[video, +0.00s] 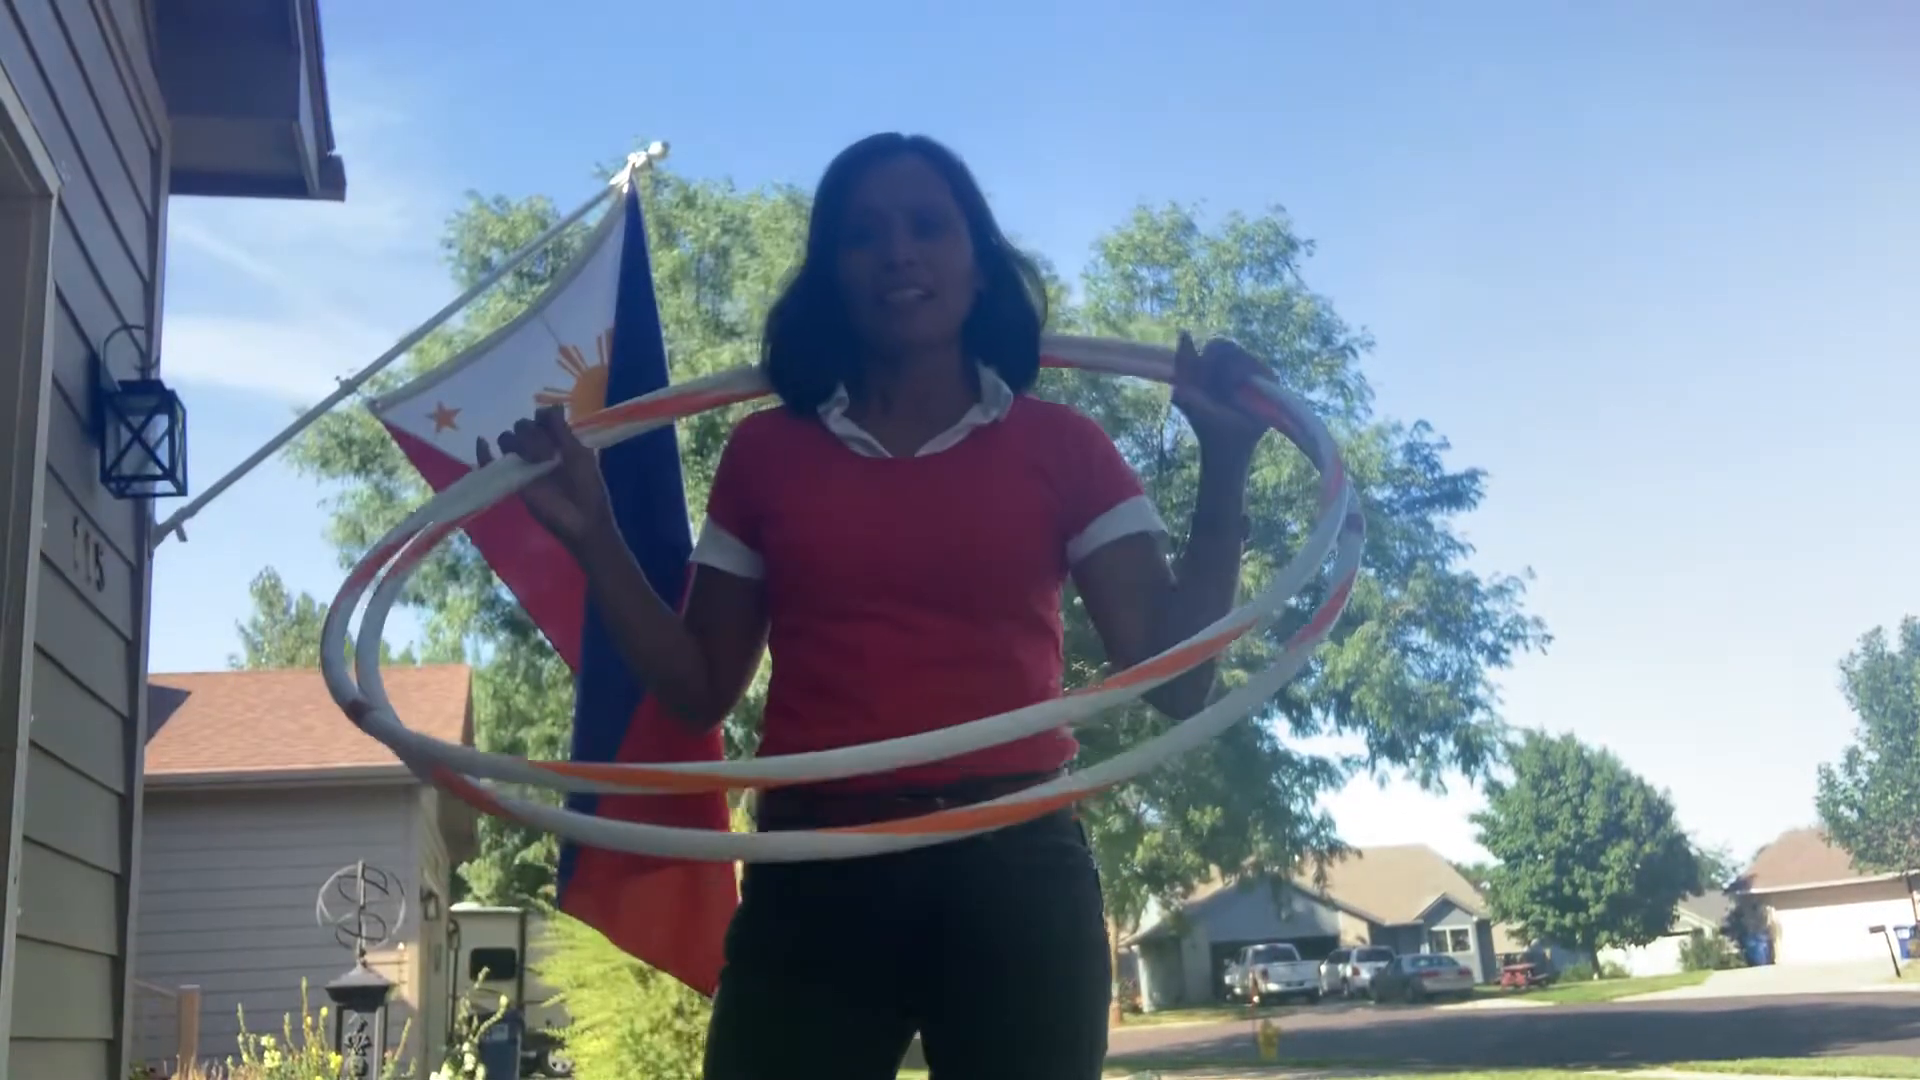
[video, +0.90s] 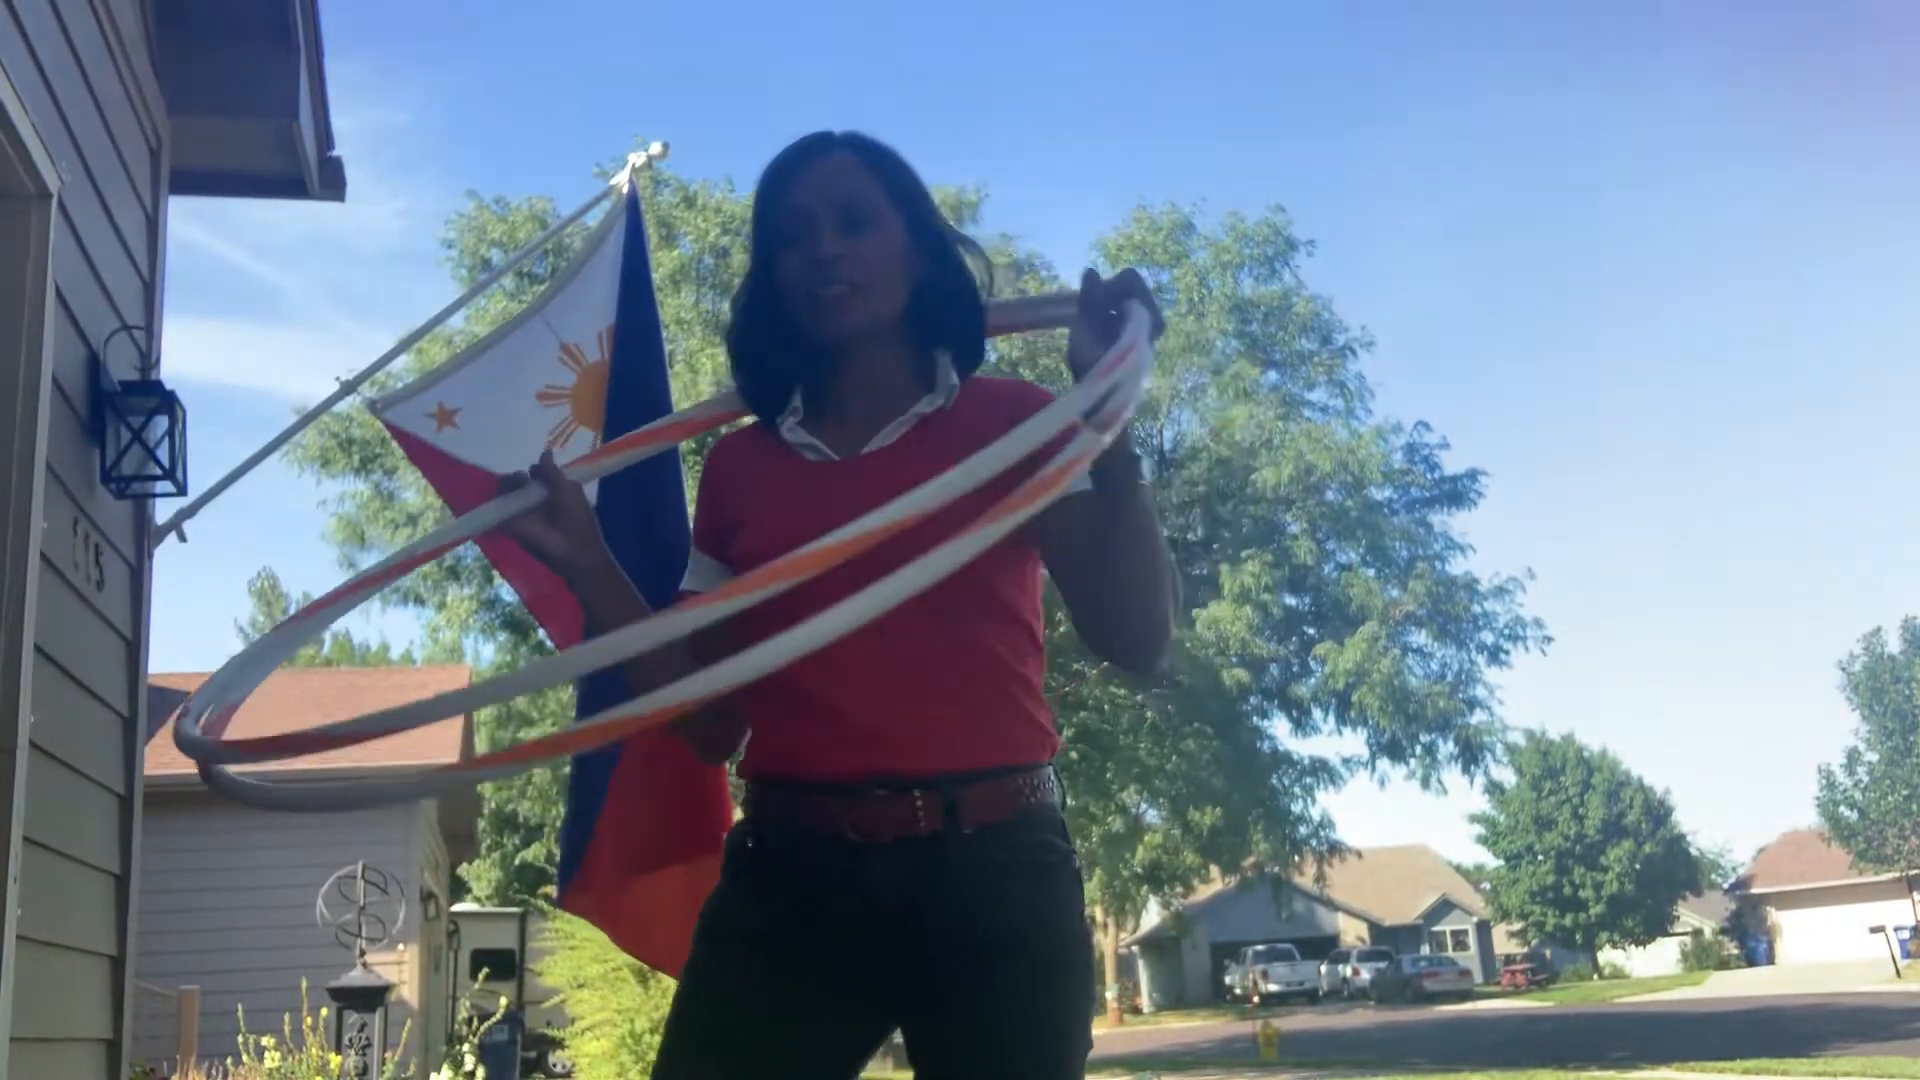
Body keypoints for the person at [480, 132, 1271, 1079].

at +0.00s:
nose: (897, 257)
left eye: (927, 228)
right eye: (864, 236)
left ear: (978, 257)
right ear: (830, 273)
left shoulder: (1057, 444)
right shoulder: (770, 452)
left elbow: (1166, 667)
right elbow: (698, 689)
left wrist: (1226, 460)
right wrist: (591, 532)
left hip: (1014, 865)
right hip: (816, 872)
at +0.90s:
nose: (823, 248)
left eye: (855, 219)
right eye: (793, 230)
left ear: (920, 250)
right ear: (767, 278)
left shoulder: (1011, 419)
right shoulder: (742, 468)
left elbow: (1138, 645)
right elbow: (710, 723)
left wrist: (1111, 420)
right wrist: (584, 556)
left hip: (994, 862)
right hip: (794, 866)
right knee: (697, 1072)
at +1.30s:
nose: (657, 247)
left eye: (689, 217)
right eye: (625, 227)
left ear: (759, 249)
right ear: (597, 283)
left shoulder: (844, 397)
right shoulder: (617, 483)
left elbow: (867, 601)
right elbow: (604, 738)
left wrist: (756, 358)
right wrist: (463, 591)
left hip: (877, 857)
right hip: (682, 878)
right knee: (601, 1068)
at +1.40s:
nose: (667, 251)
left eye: (698, 220)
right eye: (641, 238)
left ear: (774, 240)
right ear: (624, 285)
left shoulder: (870, 407)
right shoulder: (634, 483)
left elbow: (881, 612)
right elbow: (605, 748)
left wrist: (809, 359)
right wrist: (470, 591)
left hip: (886, 867)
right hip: (687, 884)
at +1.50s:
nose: (704, 257)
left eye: (738, 228)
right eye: (681, 253)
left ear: (815, 257)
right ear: (667, 312)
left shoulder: (908, 424)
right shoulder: (645, 482)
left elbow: (928, 652)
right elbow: (606, 745)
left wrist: (842, 475)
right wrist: (517, 553)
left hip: (901, 869)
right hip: (699, 881)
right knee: (602, 1067)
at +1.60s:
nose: (722, 252)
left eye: (751, 224)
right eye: (696, 246)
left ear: (828, 267)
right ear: (683, 299)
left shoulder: (920, 435)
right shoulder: (649, 465)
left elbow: (949, 662)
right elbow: (596, 706)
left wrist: (835, 631)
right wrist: (678, 495)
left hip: (905, 873)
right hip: (699, 879)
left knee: (970, 1065)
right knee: (599, 1068)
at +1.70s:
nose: (712, 242)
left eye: (741, 219)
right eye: (683, 240)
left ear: (813, 268)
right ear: (667, 303)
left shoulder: (907, 442)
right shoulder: (621, 466)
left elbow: (922, 675)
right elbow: (594, 682)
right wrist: (768, 499)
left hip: (880, 875)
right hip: (669, 889)